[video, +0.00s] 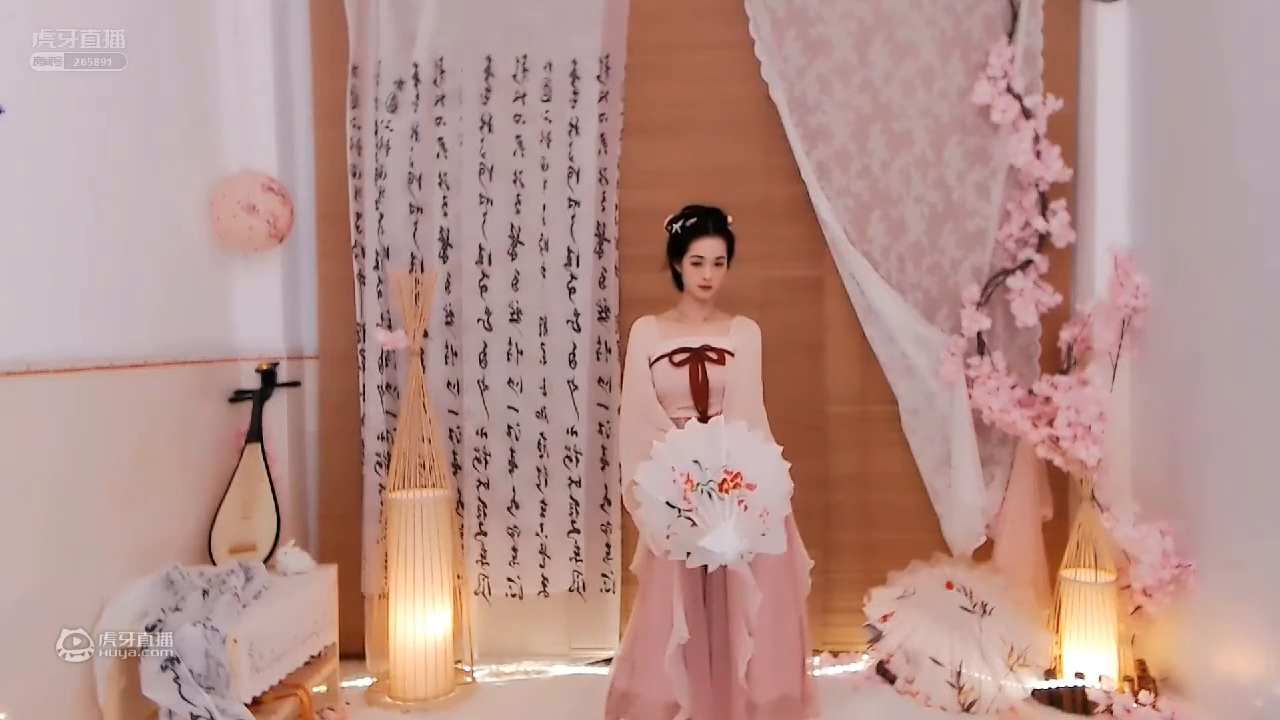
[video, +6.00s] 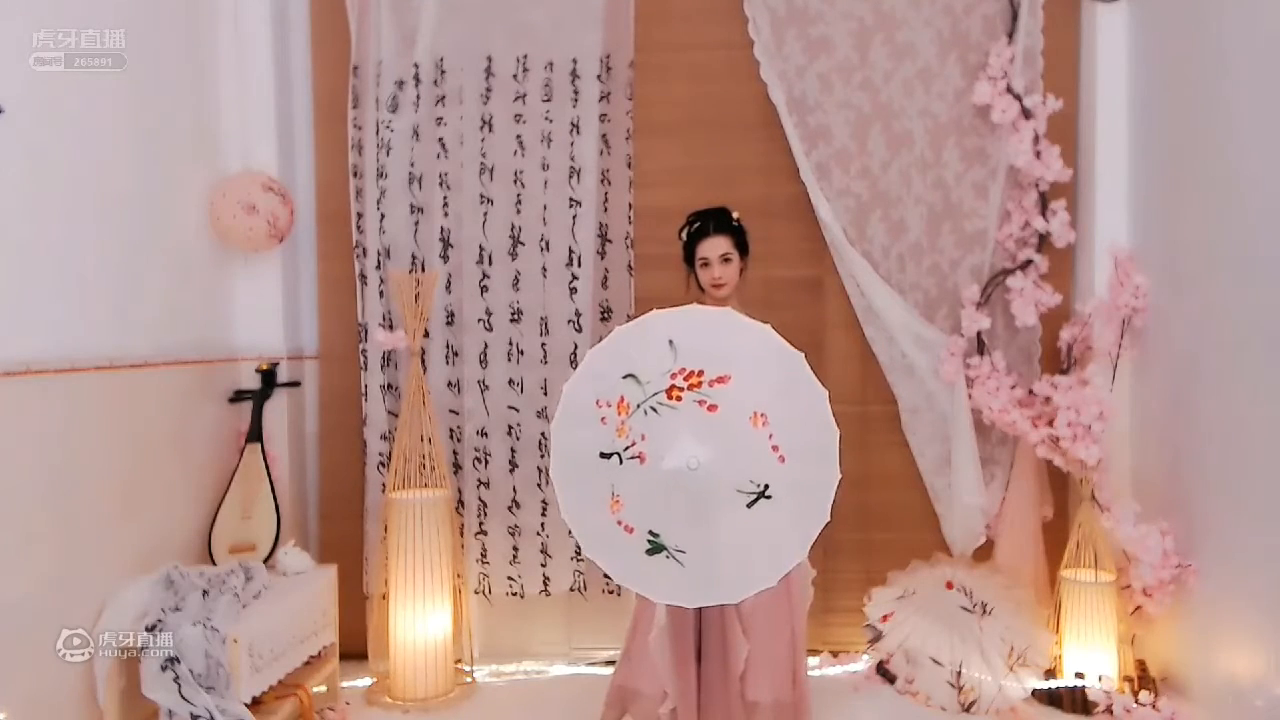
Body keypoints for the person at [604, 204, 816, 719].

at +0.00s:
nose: (708, 274)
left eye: (718, 263)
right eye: (698, 262)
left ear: (729, 267)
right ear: (677, 264)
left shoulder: (744, 332)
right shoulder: (647, 331)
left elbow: (753, 418)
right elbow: (636, 420)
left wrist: (767, 487)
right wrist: (649, 494)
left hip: (737, 483)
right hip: (671, 485)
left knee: (741, 608)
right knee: (676, 606)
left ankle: (743, 708)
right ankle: (679, 709)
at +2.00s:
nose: (713, 271)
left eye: (723, 259)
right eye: (702, 261)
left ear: (737, 263)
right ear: (688, 267)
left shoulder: (755, 334)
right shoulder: (661, 325)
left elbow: (773, 424)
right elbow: (642, 413)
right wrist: (651, 480)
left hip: (740, 495)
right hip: (675, 492)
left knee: (741, 611)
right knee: (674, 611)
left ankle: (739, 712)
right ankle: (676, 711)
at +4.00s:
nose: (717, 270)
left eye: (727, 258)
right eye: (706, 260)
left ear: (743, 262)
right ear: (693, 267)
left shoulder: (761, 335)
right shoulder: (672, 323)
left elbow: (779, 419)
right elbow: (653, 409)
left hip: (746, 481)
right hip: (680, 478)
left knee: (744, 600)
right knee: (680, 599)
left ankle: (743, 709)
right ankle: (677, 710)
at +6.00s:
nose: (716, 272)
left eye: (725, 259)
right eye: (705, 262)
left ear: (742, 264)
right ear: (692, 268)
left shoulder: (760, 341)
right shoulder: (666, 338)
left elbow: (789, 433)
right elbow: (639, 426)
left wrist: (786, 517)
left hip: (745, 500)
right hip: (679, 497)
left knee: (745, 618)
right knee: (677, 617)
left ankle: (744, 712)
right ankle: (674, 712)